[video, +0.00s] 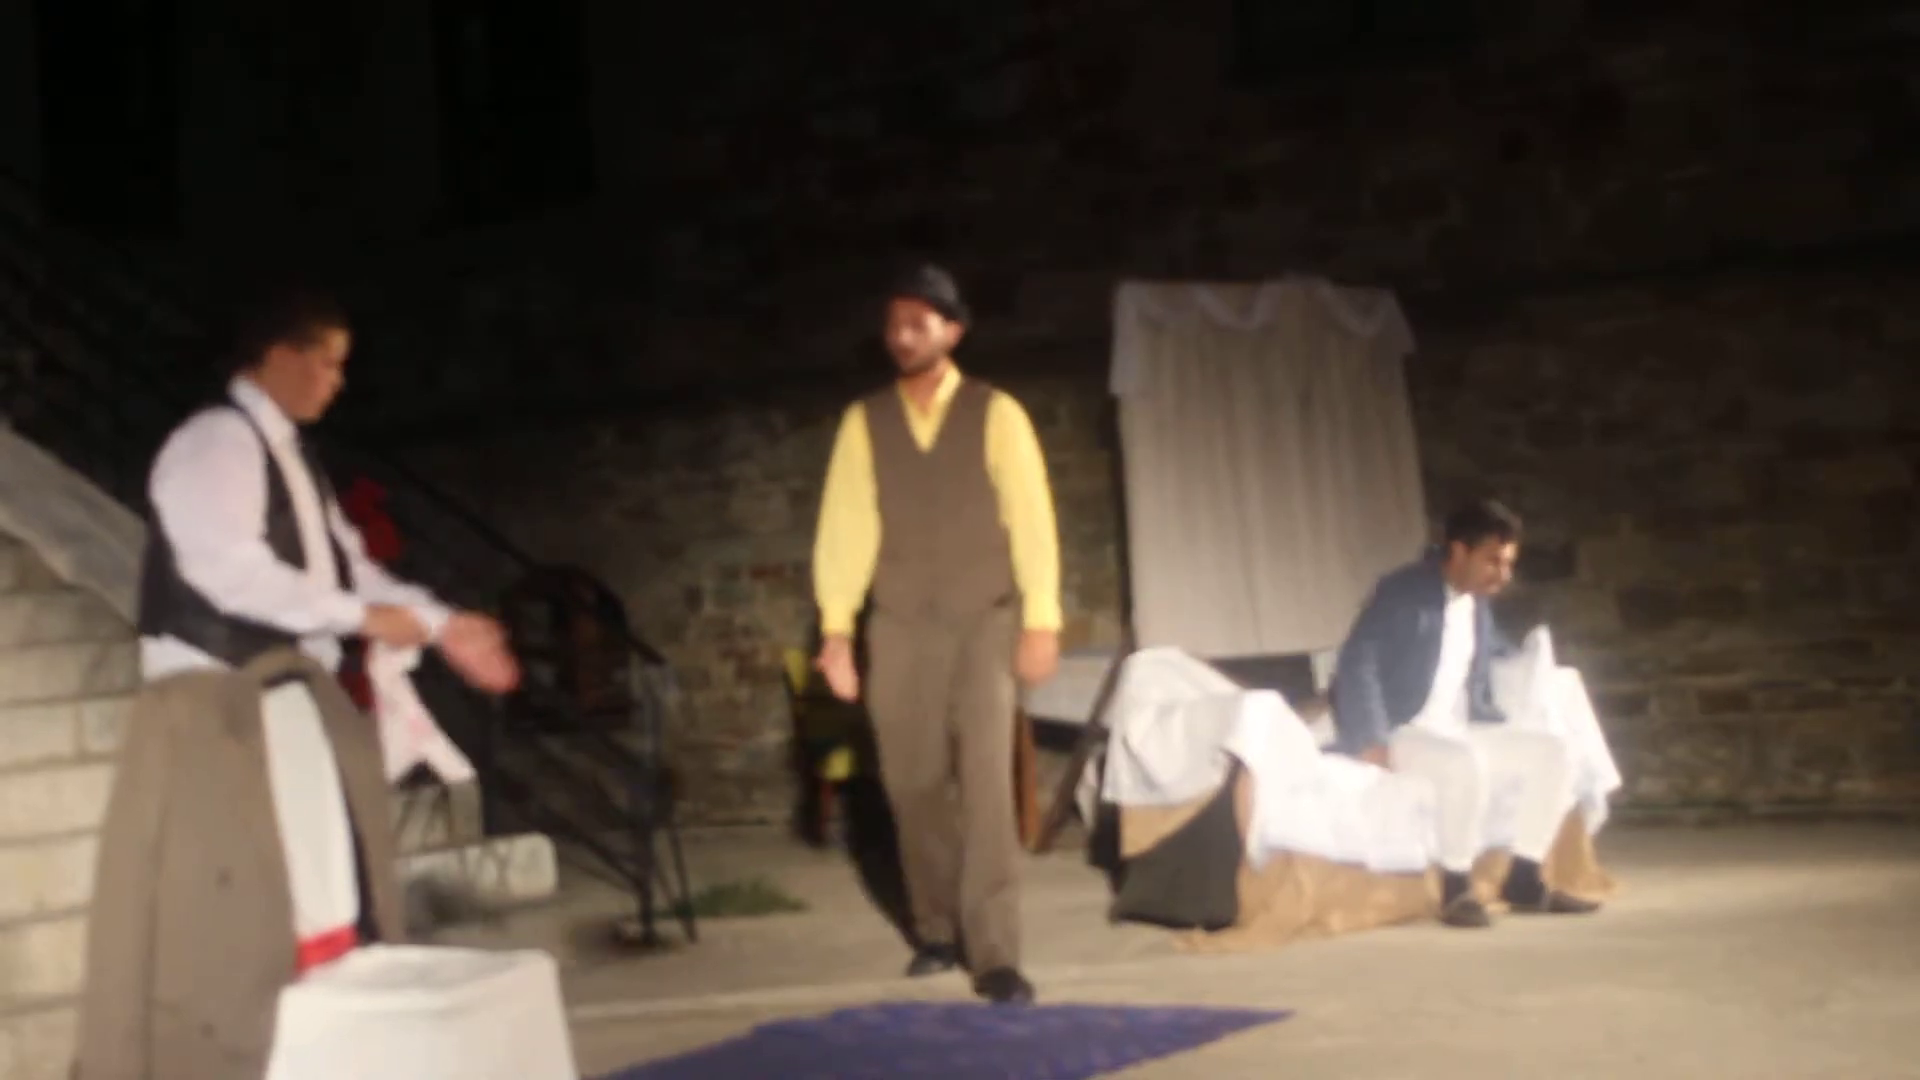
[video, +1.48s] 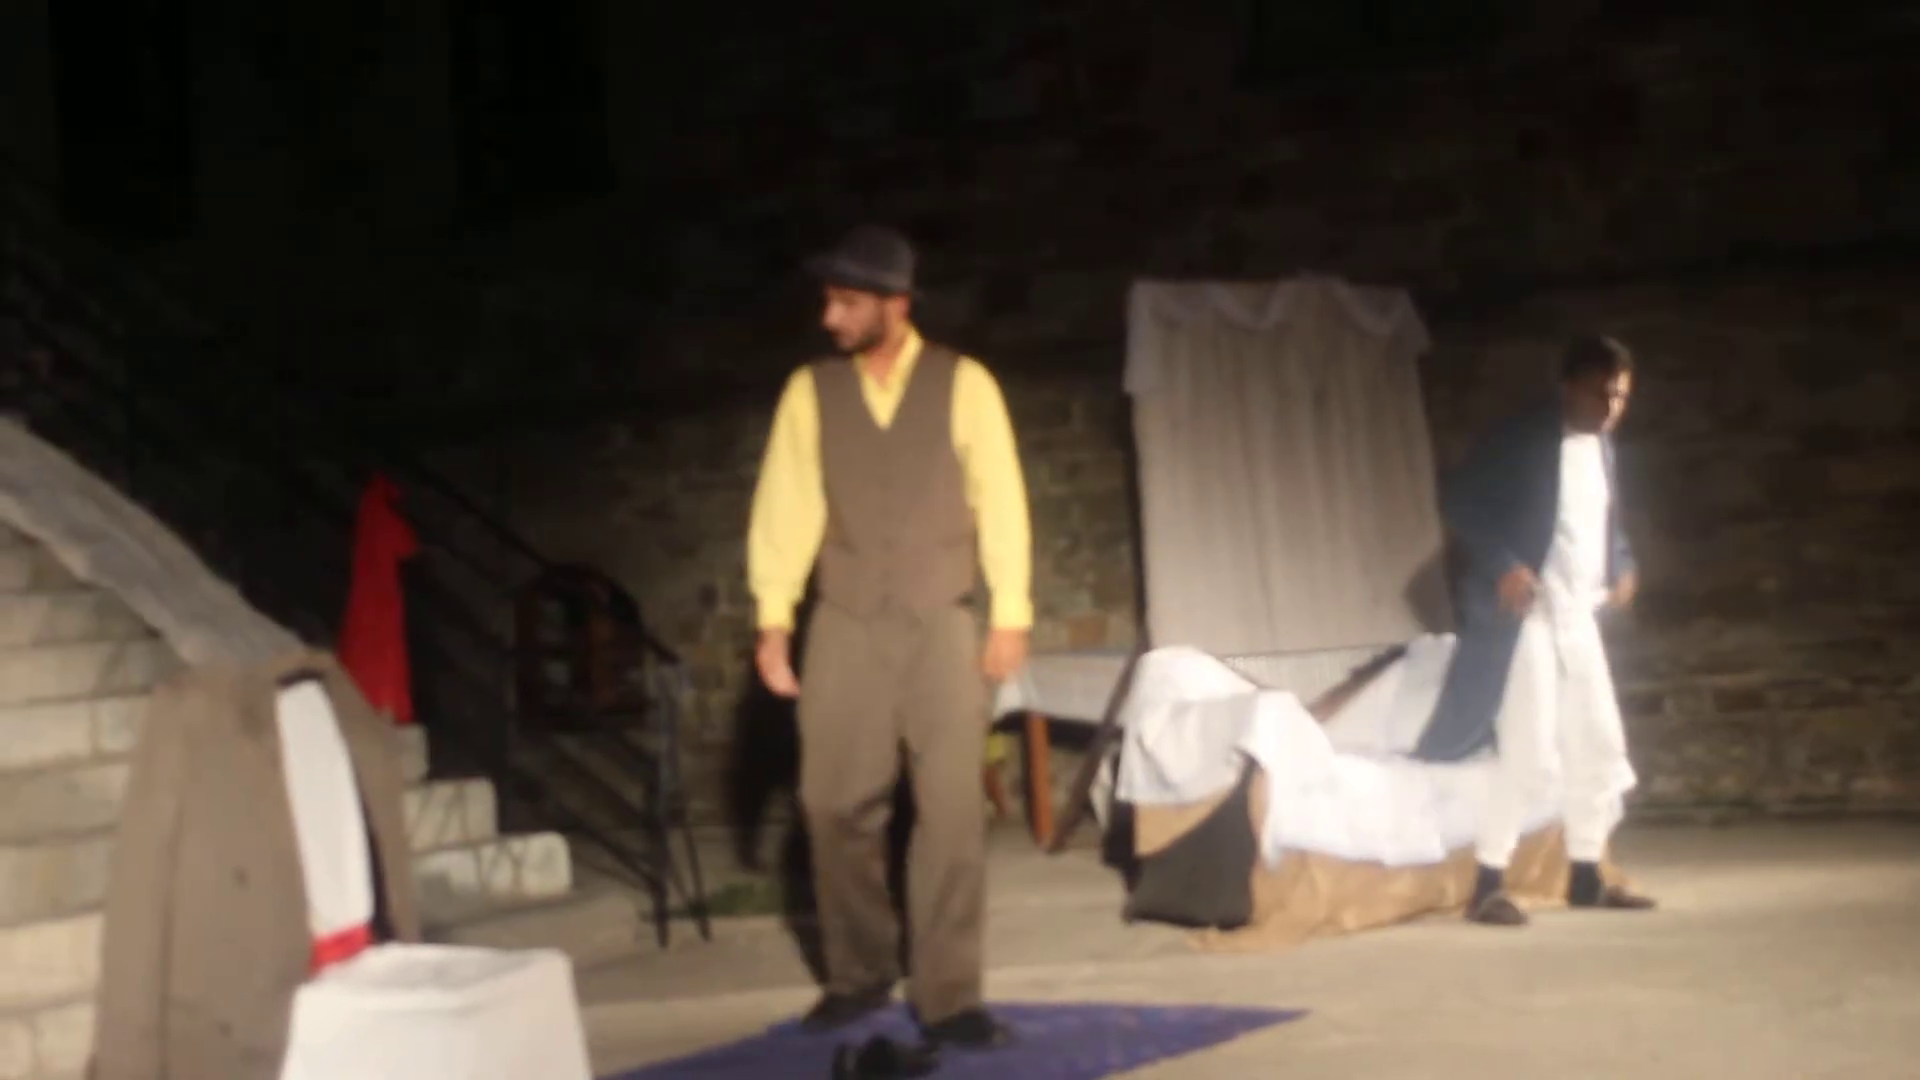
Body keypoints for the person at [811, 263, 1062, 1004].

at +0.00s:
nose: (903, 335)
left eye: (918, 323)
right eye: (896, 322)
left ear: (954, 330)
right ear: (884, 331)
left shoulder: (998, 415)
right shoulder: (863, 423)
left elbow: (1032, 521)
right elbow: (843, 528)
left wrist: (1040, 622)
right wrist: (836, 629)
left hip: (988, 622)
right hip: (898, 627)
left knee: (987, 783)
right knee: (910, 782)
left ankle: (996, 955)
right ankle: (937, 934)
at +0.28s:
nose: (904, 331)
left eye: (919, 317)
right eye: (896, 317)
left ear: (956, 320)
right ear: (885, 323)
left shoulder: (1002, 402)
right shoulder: (870, 412)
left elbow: (1035, 509)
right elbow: (848, 520)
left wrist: (1036, 611)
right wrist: (831, 622)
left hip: (983, 619)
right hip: (895, 620)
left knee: (985, 796)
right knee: (870, 782)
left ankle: (997, 957)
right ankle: (923, 931)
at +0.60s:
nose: (873, 342)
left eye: (887, 327)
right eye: (862, 328)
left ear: (921, 325)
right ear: (848, 331)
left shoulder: (971, 404)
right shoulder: (832, 420)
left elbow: (1005, 513)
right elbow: (816, 531)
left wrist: (1009, 619)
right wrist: (806, 636)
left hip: (961, 632)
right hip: (868, 635)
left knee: (975, 810)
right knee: (863, 817)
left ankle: (999, 959)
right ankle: (845, 984)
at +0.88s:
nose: (839, 328)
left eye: (852, 312)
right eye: (825, 314)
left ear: (879, 313)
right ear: (806, 319)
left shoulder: (927, 392)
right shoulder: (778, 407)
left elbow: (968, 500)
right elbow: (760, 519)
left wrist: (981, 609)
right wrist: (758, 625)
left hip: (925, 622)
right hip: (826, 627)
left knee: (962, 784)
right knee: (833, 811)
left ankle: (971, 942)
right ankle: (847, 982)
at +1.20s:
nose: (844, 329)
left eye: (859, 313)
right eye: (831, 312)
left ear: (887, 312)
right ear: (812, 313)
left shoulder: (932, 386)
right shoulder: (782, 399)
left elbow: (972, 498)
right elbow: (757, 509)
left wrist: (982, 607)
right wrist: (758, 613)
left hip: (927, 624)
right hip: (829, 628)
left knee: (934, 801)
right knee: (849, 806)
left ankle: (952, 974)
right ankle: (858, 980)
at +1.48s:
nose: (831, 313)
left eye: (847, 299)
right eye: (828, 297)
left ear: (896, 302)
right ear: (834, 300)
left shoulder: (965, 386)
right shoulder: (811, 391)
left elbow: (1001, 506)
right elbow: (784, 506)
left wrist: (1010, 616)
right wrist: (774, 616)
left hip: (946, 626)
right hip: (843, 628)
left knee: (951, 812)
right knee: (835, 805)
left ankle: (950, 997)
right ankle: (857, 978)